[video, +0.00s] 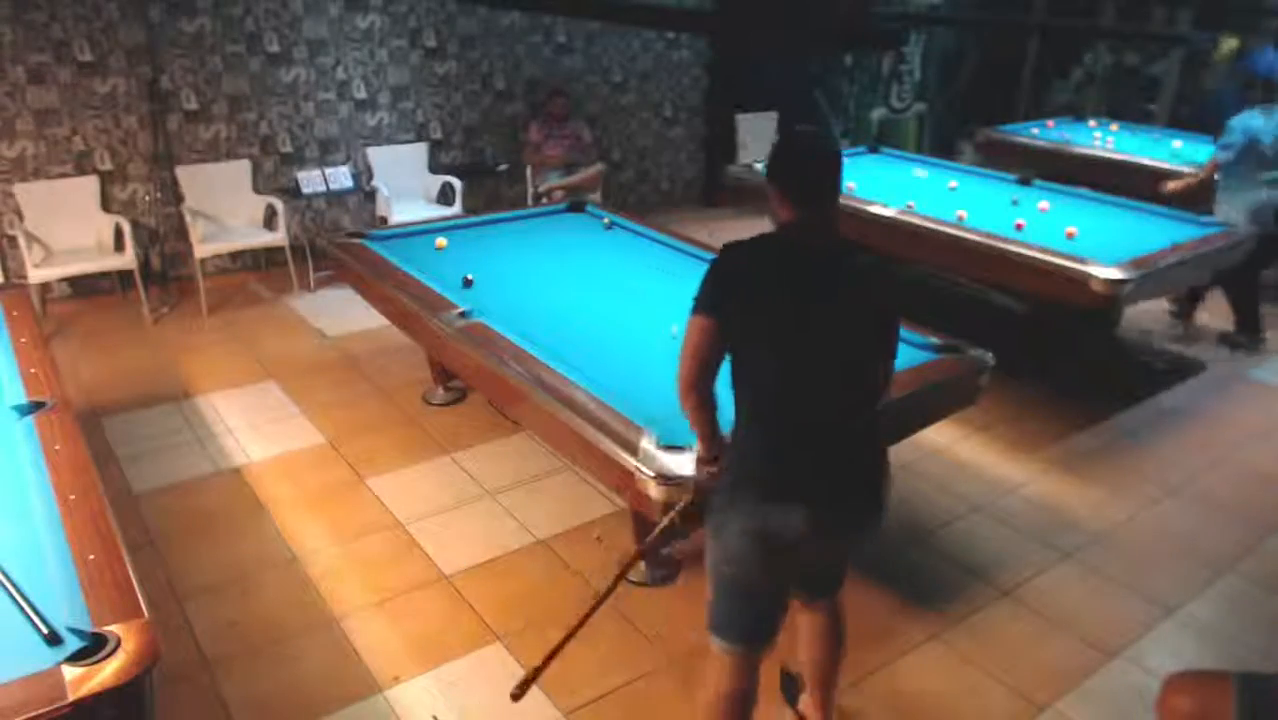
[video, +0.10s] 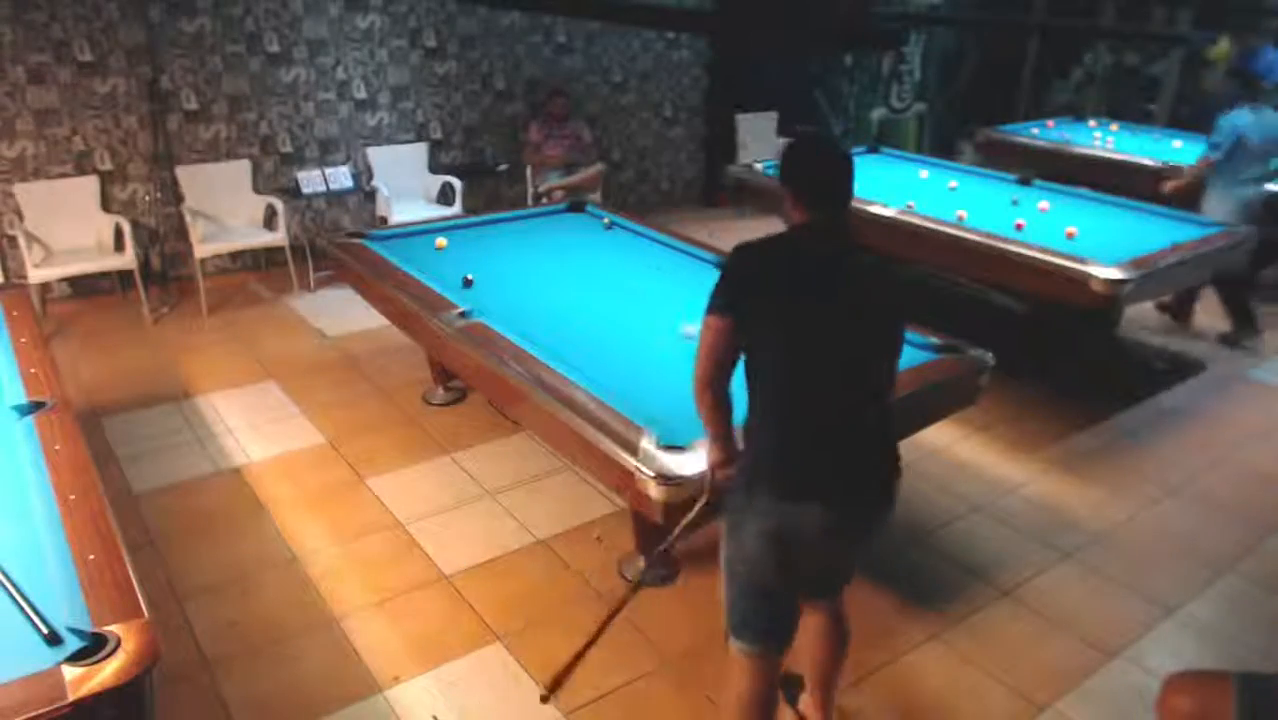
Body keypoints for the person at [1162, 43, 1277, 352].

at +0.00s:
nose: (1240, 89)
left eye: (1244, 84)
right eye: (1243, 84)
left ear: (1254, 87)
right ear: (1271, 88)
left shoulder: (1245, 124)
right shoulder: (1269, 121)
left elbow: (1215, 166)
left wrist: (1181, 185)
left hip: (1242, 220)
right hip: (1267, 218)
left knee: (1241, 275)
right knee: (1212, 260)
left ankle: (1248, 332)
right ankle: (1187, 303)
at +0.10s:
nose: (1221, 87)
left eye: (1227, 82)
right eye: (1226, 81)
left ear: (1238, 85)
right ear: (1263, 86)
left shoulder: (1233, 121)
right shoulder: (1271, 120)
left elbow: (1210, 161)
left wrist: (1180, 182)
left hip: (1224, 203)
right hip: (1256, 201)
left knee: (1224, 267)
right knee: (1204, 255)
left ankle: (1245, 326)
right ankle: (1181, 304)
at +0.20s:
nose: (1222, 88)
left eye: (1225, 83)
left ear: (1232, 85)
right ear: (1255, 86)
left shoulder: (1226, 116)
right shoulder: (1268, 119)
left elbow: (1199, 155)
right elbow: (1269, 159)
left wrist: (1168, 178)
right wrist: (1247, 172)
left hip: (1209, 192)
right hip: (1241, 193)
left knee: (1204, 254)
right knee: (1203, 252)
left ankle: (1232, 313)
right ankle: (1181, 303)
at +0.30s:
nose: (1202, 84)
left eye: (1206, 79)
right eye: (1204, 77)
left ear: (1217, 81)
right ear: (1236, 80)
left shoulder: (1212, 114)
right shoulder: (1254, 114)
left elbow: (1187, 152)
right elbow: (1256, 151)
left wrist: (1146, 167)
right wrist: (1234, 162)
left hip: (1201, 186)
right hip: (1230, 187)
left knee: (1180, 239)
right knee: (1204, 242)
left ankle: (1207, 296)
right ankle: (1179, 301)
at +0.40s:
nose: (1202, 82)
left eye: (1205, 77)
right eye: (1203, 76)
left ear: (1212, 79)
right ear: (1230, 78)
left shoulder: (1209, 112)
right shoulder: (1243, 111)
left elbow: (1177, 141)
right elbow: (1238, 147)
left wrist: (1136, 160)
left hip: (1191, 184)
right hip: (1218, 185)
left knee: (1167, 235)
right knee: (1192, 241)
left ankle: (1174, 298)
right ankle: (1181, 298)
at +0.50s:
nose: (1191, 82)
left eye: (1194, 77)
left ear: (1198, 80)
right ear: (1220, 79)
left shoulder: (1192, 112)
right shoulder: (1233, 109)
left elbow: (1156, 141)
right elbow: (1225, 142)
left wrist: (1119, 159)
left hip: (1180, 183)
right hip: (1210, 184)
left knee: (1156, 233)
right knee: (1189, 240)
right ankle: (1179, 297)